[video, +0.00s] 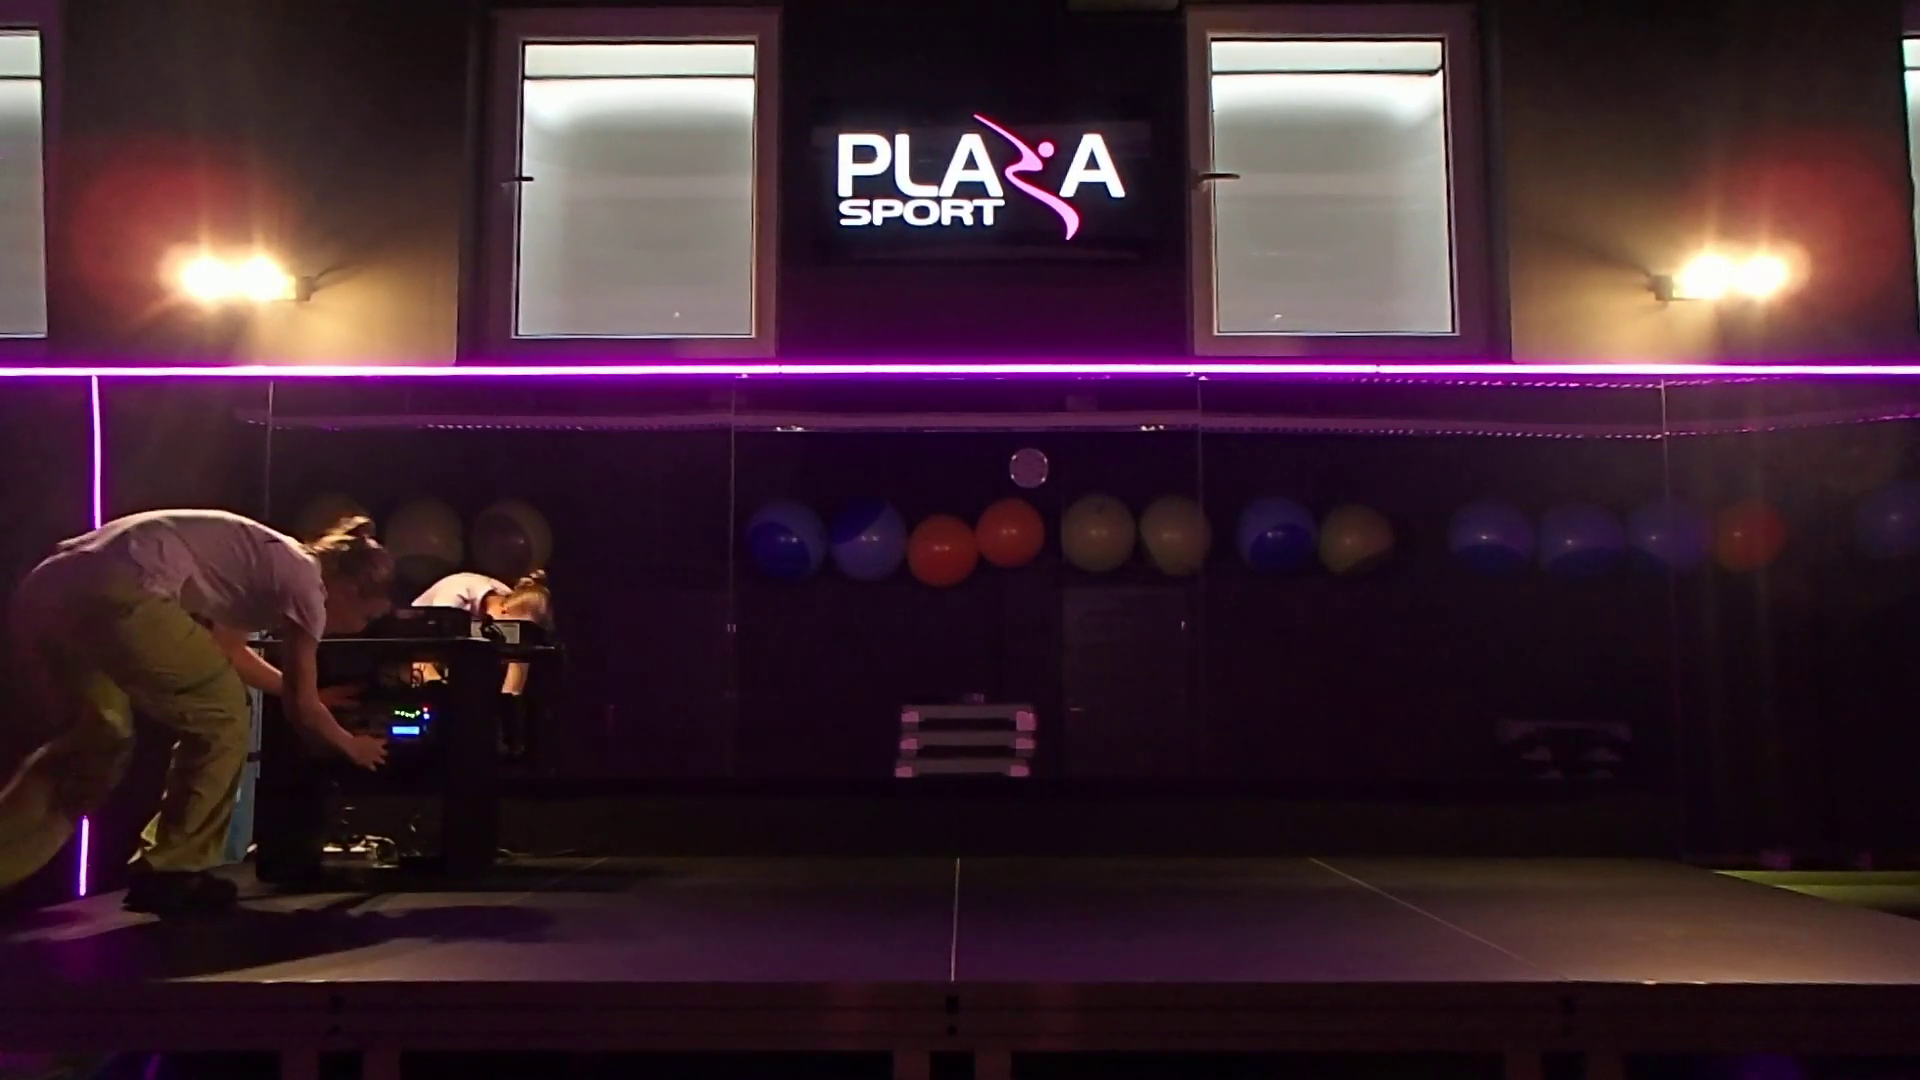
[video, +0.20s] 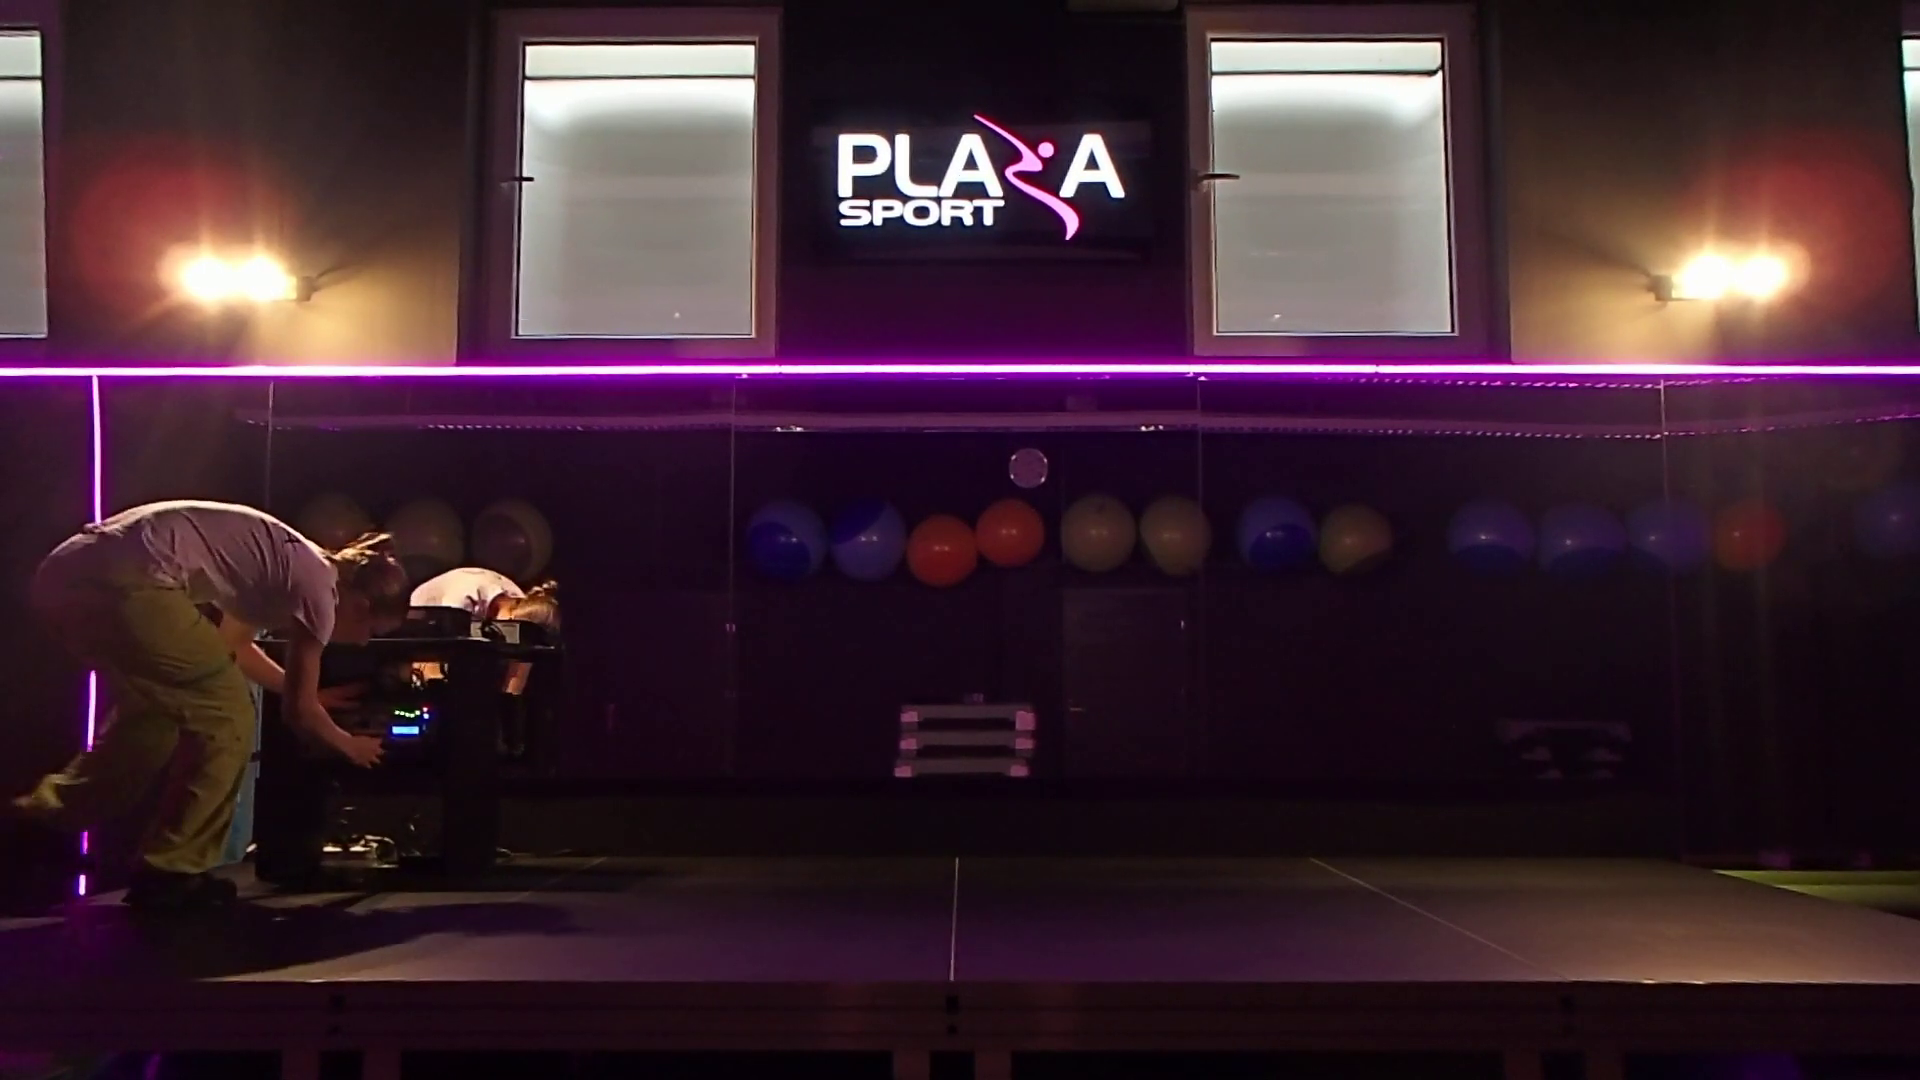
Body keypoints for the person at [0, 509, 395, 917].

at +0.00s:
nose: (358, 628)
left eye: (369, 620)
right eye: (366, 616)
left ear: (340, 570)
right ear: (349, 588)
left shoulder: (256, 567)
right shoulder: (305, 584)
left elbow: (226, 645)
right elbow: (303, 705)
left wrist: (299, 694)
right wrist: (350, 744)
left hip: (48, 587)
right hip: (123, 591)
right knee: (222, 715)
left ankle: (1, 864)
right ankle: (170, 872)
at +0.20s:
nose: (359, 639)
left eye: (371, 634)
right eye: (370, 628)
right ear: (359, 601)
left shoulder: (269, 564)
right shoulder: (316, 582)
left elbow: (232, 644)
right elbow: (302, 710)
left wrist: (298, 693)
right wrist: (347, 743)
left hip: (65, 577)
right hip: (130, 584)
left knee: (160, 714)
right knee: (231, 711)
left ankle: (43, 817)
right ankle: (172, 871)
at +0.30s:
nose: (360, 641)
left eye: (372, 637)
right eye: (372, 632)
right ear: (362, 604)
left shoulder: (279, 567)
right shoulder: (322, 586)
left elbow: (237, 642)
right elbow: (302, 707)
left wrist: (301, 691)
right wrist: (349, 740)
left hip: (73, 569)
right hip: (129, 575)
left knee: (168, 701)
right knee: (232, 706)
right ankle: (176, 868)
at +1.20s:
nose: (360, 617)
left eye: (373, 612)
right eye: (370, 606)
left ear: (363, 565)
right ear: (363, 574)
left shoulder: (281, 537)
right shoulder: (313, 553)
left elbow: (241, 630)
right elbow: (289, 672)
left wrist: (308, 695)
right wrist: (339, 738)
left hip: (83, 555)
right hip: (124, 562)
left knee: (163, 716)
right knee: (208, 720)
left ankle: (164, 865)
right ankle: (171, 872)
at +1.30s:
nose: (371, 595)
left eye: (382, 586)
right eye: (379, 579)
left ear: (357, 537)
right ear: (365, 551)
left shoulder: (290, 523)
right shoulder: (311, 535)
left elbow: (245, 628)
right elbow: (269, 644)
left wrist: (294, 679)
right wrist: (305, 745)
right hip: (121, 562)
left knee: (185, 720)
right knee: (202, 722)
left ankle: (175, 868)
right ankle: (167, 874)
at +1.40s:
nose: (382, 568)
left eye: (393, 560)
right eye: (390, 554)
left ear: (365, 514)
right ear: (373, 528)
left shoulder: (306, 507)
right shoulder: (308, 508)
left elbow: (256, 616)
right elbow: (248, 615)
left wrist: (308, 685)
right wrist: (255, 726)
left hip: (117, 550)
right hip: (110, 550)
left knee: (186, 695)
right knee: (187, 696)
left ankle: (184, 864)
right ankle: (166, 872)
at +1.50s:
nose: (388, 553)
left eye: (396, 544)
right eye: (394, 540)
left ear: (369, 508)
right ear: (377, 515)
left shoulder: (305, 522)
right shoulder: (299, 496)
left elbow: (265, 607)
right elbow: (225, 577)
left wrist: (311, 681)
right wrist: (206, 680)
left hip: (134, 552)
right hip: (106, 547)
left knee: (181, 697)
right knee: (162, 698)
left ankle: (189, 863)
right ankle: (161, 874)